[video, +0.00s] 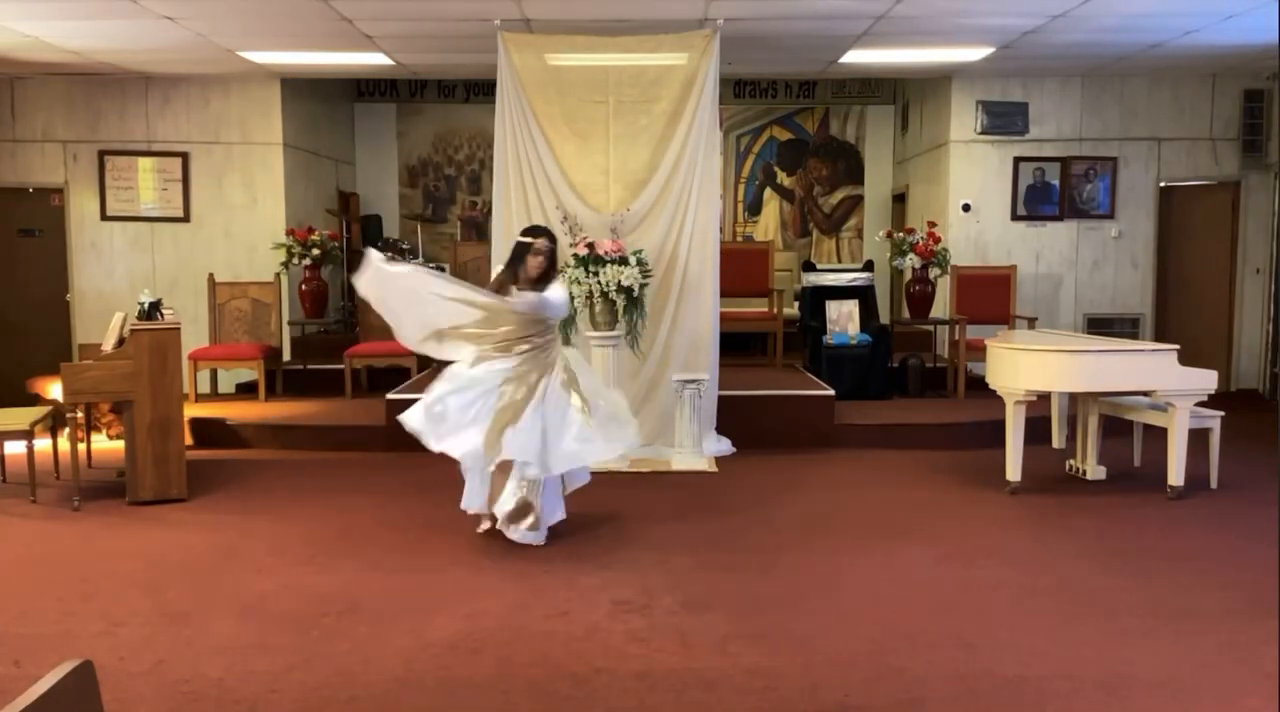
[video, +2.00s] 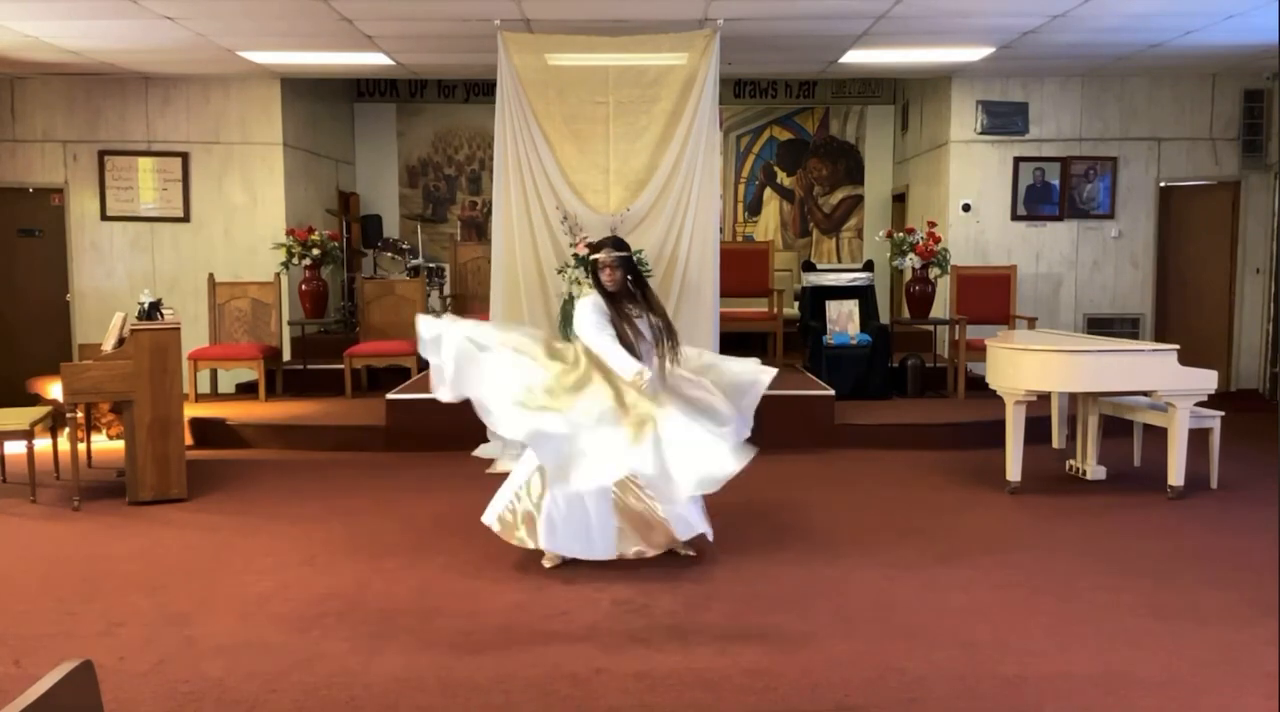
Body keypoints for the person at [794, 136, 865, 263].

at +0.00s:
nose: (817, 176)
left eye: (823, 169)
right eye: (813, 170)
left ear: (839, 166)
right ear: (808, 172)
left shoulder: (854, 193)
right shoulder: (818, 194)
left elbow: (828, 227)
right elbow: (800, 233)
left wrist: (808, 197)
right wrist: (799, 198)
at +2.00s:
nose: (815, 176)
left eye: (820, 170)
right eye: (812, 171)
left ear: (840, 166)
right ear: (808, 173)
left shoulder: (854, 193)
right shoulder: (820, 195)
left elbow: (828, 227)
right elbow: (799, 233)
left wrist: (808, 196)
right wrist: (798, 197)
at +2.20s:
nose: (815, 176)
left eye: (820, 170)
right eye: (812, 171)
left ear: (840, 166)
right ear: (808, 172)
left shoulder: (854, 193)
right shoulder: (819, 194)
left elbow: (828, 227)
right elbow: (799, 233)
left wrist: (808, 196)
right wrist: (799, 197)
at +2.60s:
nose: (815, 176)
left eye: (820, 170)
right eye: (812, 171)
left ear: (840, 165)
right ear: (808, 172)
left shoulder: (854, 193)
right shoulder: (819, 194)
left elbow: (828, 227)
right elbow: (800, 232)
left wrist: (808, 197)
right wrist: (799, 197)